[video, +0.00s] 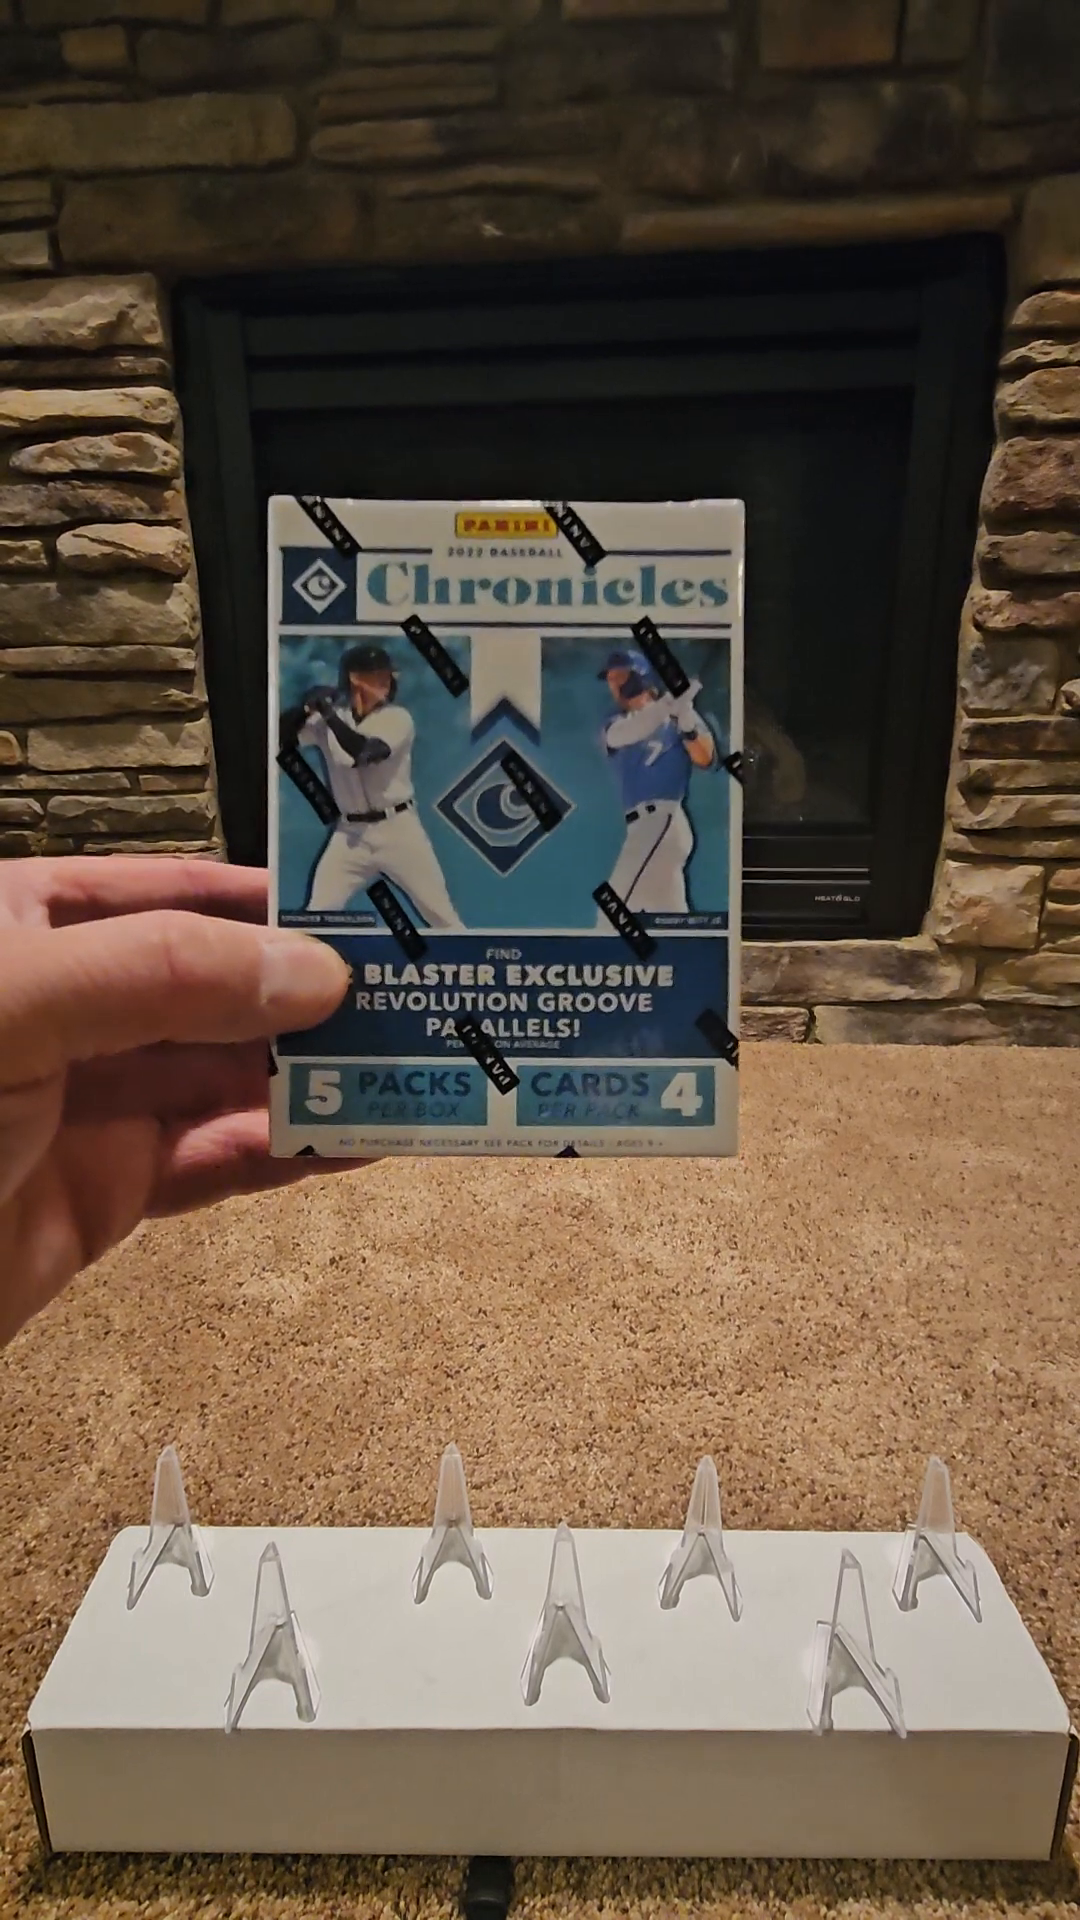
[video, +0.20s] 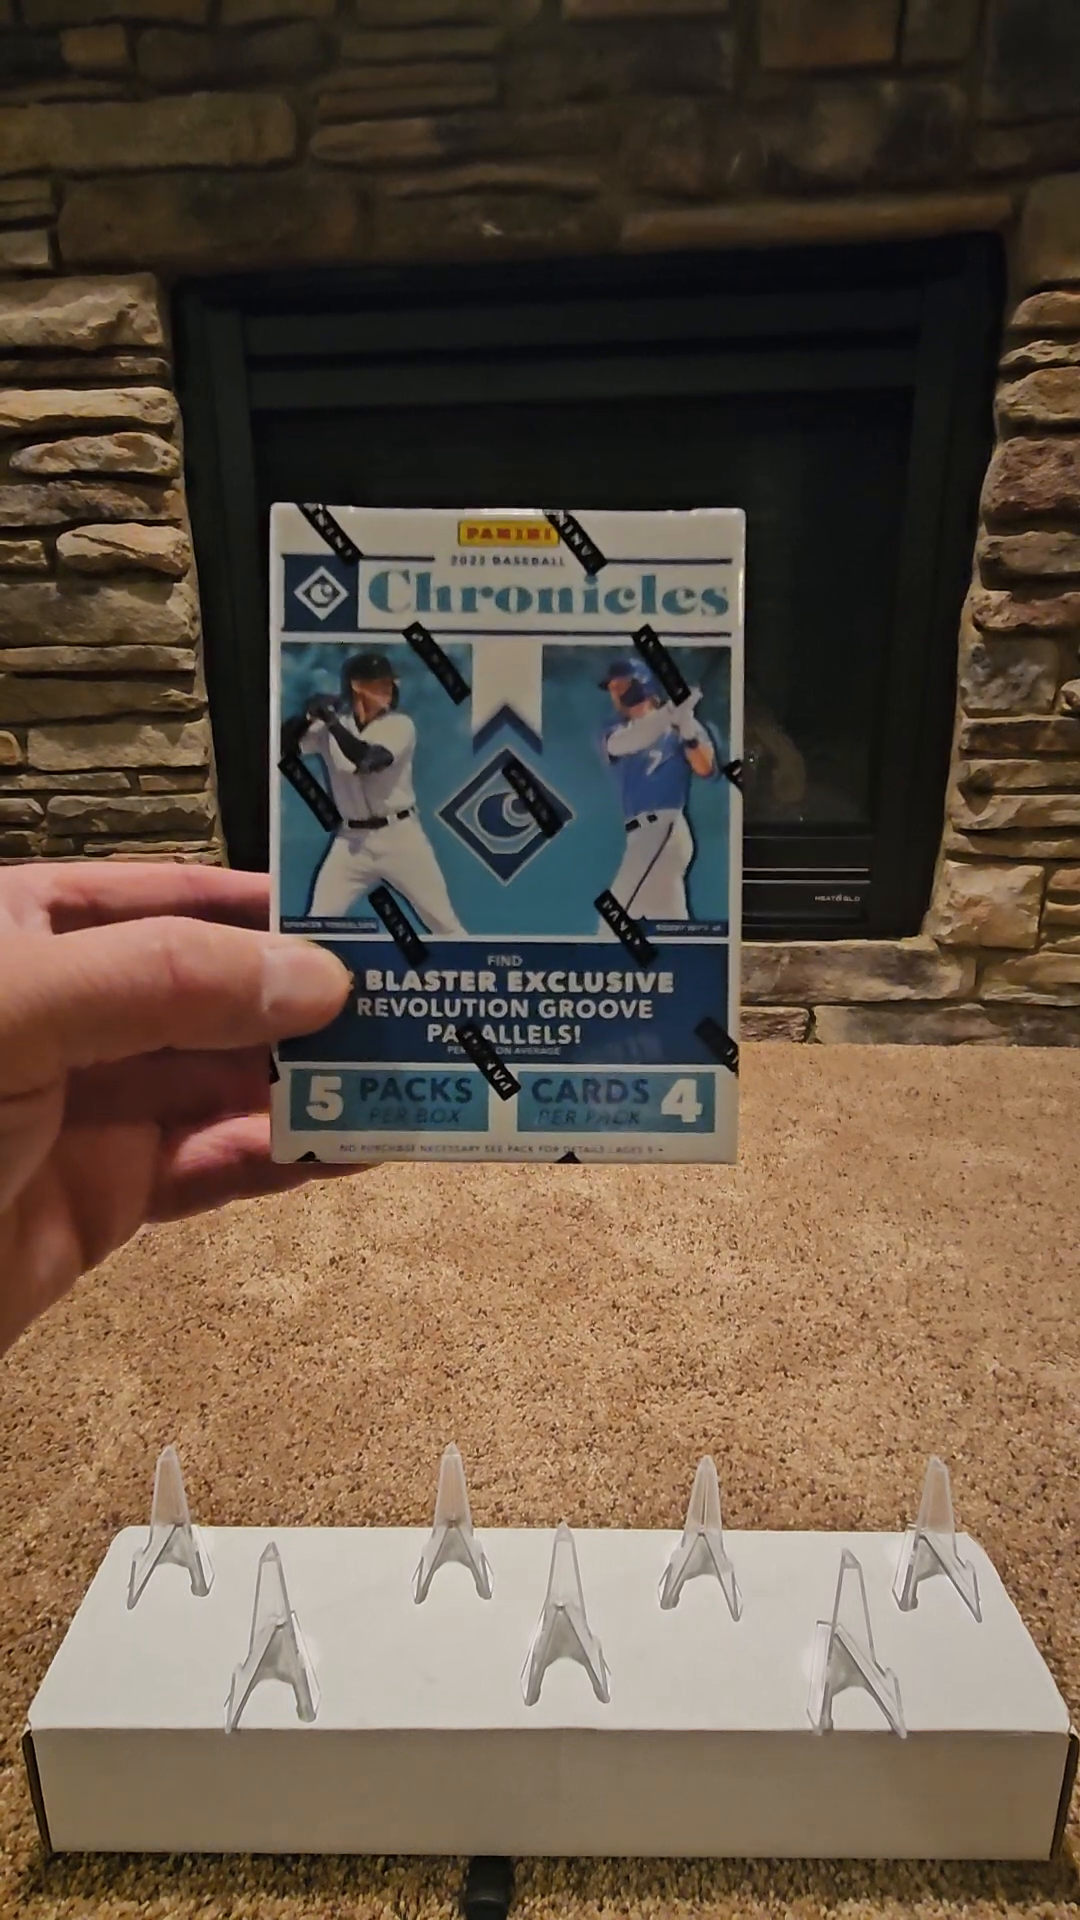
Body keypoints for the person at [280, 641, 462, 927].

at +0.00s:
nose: (387, 679)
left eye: (388, 673)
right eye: (379, 673)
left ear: (391, 678)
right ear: (355, 679)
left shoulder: (397, 718)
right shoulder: (326, 722)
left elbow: (364, 753)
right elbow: (281, 735)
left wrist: (327, 714)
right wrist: (306, 708)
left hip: (399, 831)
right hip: (350, 835)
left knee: (441, 916)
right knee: (318, 917)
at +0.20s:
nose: (389, 688)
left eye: (389, 682)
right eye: (380, 682)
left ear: (393, 686)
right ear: (357, 687)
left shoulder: (399, 725)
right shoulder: (328, 730)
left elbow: (367, 761)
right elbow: (285, 746)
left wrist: (330, 721)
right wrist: (307, 717)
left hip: (401, 838)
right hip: (351, 842)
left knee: (444, 923)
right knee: (319, 925)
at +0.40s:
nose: (390, 677)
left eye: (390, 671)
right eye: (380, 671)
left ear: (394, 676)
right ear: (357, 677)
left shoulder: (400, 715)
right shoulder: (327, 721)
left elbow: (368, 751)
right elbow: (282, 737)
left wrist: (330, 711)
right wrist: (306, 708)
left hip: (401, 829)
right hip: (352, 833)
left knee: (445, 916)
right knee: (319, 918)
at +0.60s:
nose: (382, 683)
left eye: (383, 677)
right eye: (372, 677)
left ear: (386, 681)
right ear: (350, 683)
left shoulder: (393, 721)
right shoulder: (320, 728)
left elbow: (360, 757)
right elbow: (276, 742)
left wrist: (324, 718)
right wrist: (301, 714)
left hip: (396, 834)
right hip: (346, 839)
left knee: (439, 920)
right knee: (314, 923)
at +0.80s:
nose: (379, 686)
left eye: (379, 680)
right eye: (369, 681)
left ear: (382, 686)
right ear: (346, 688)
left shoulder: (389, 725)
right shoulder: (319, 731)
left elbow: (356, 762)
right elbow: (276, 752)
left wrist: (319, 721)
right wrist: (297, 719)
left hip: (393, 838)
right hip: (343, 842)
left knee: (435, 920)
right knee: (313, 926)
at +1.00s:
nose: (381, 693)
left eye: (382, 687)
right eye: (372, 687)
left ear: (387, 691)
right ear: (350, 692)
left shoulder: (393, 731)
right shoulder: (323, 735)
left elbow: (359, 766)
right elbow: (279, 753)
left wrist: (324, 726)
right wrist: (300, 724)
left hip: (395, 843)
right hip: (346, 847)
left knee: (439, 928)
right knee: (314, 932)